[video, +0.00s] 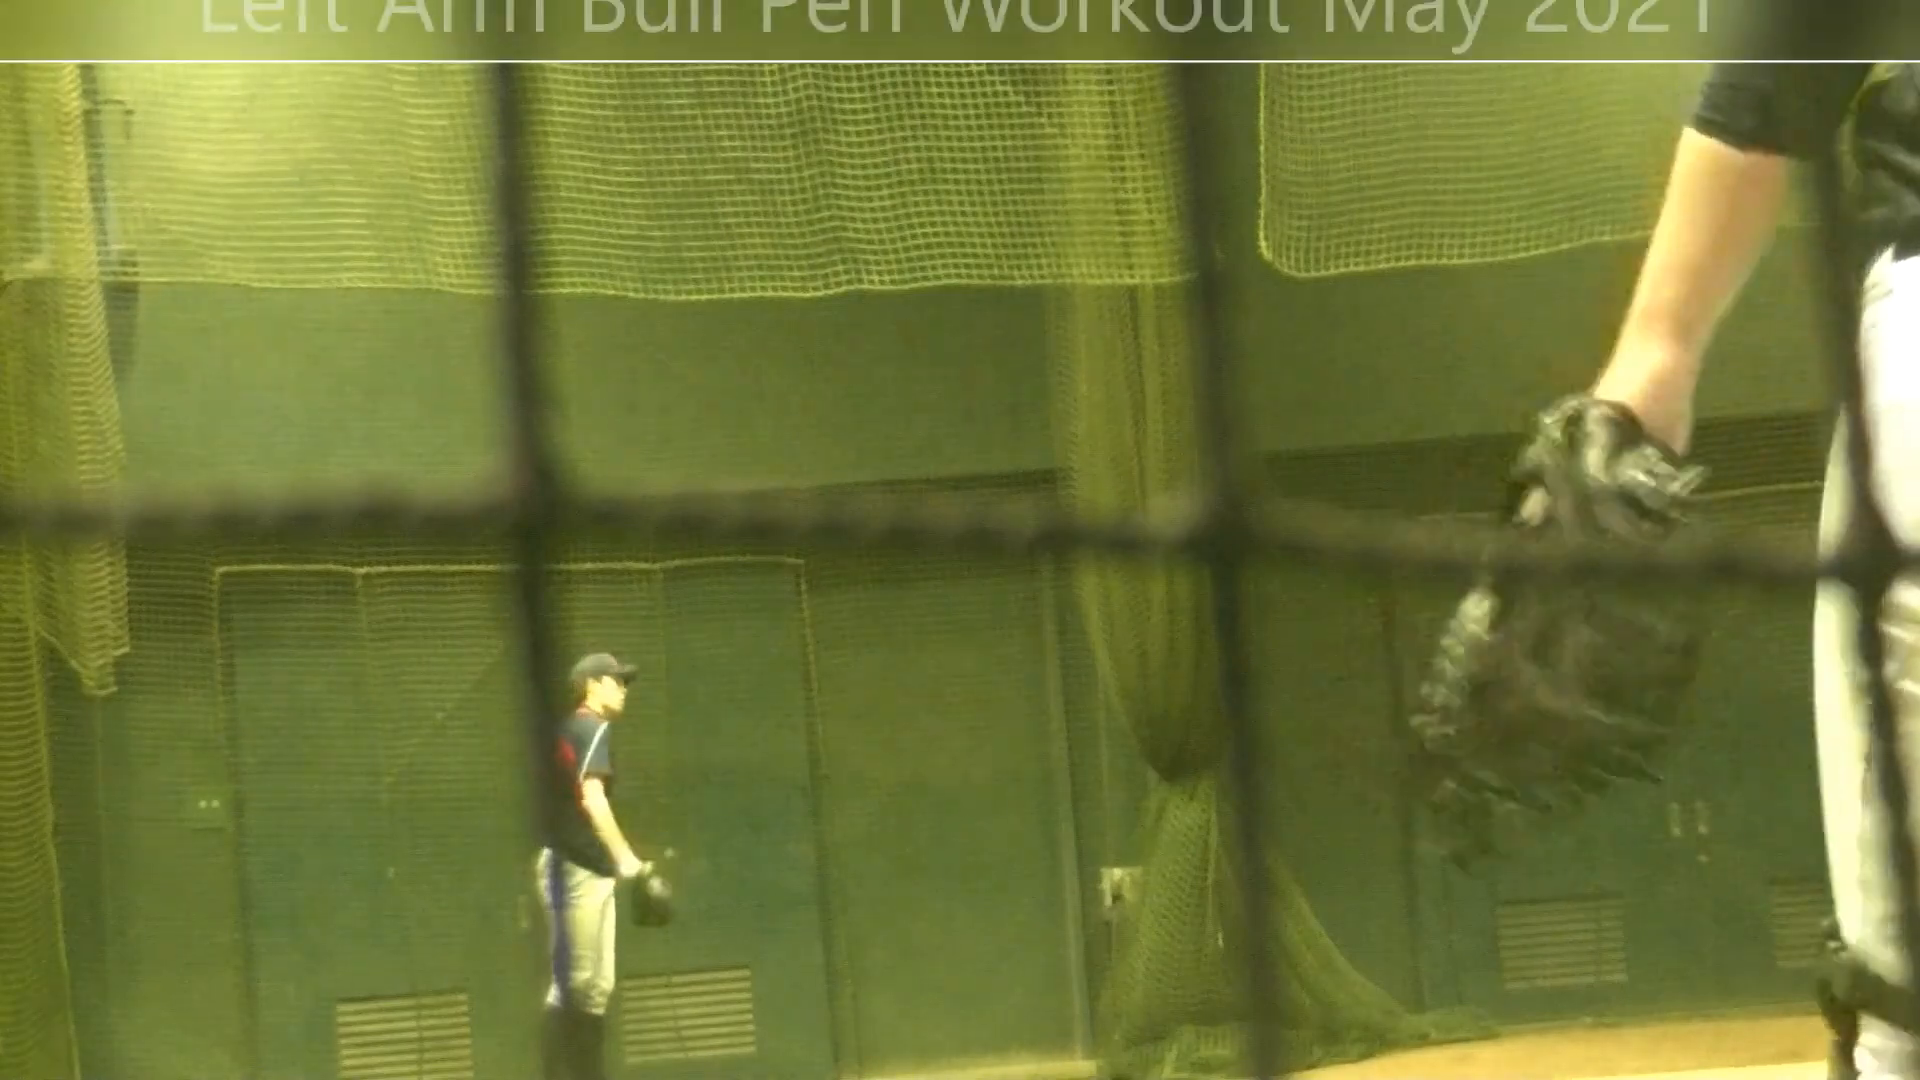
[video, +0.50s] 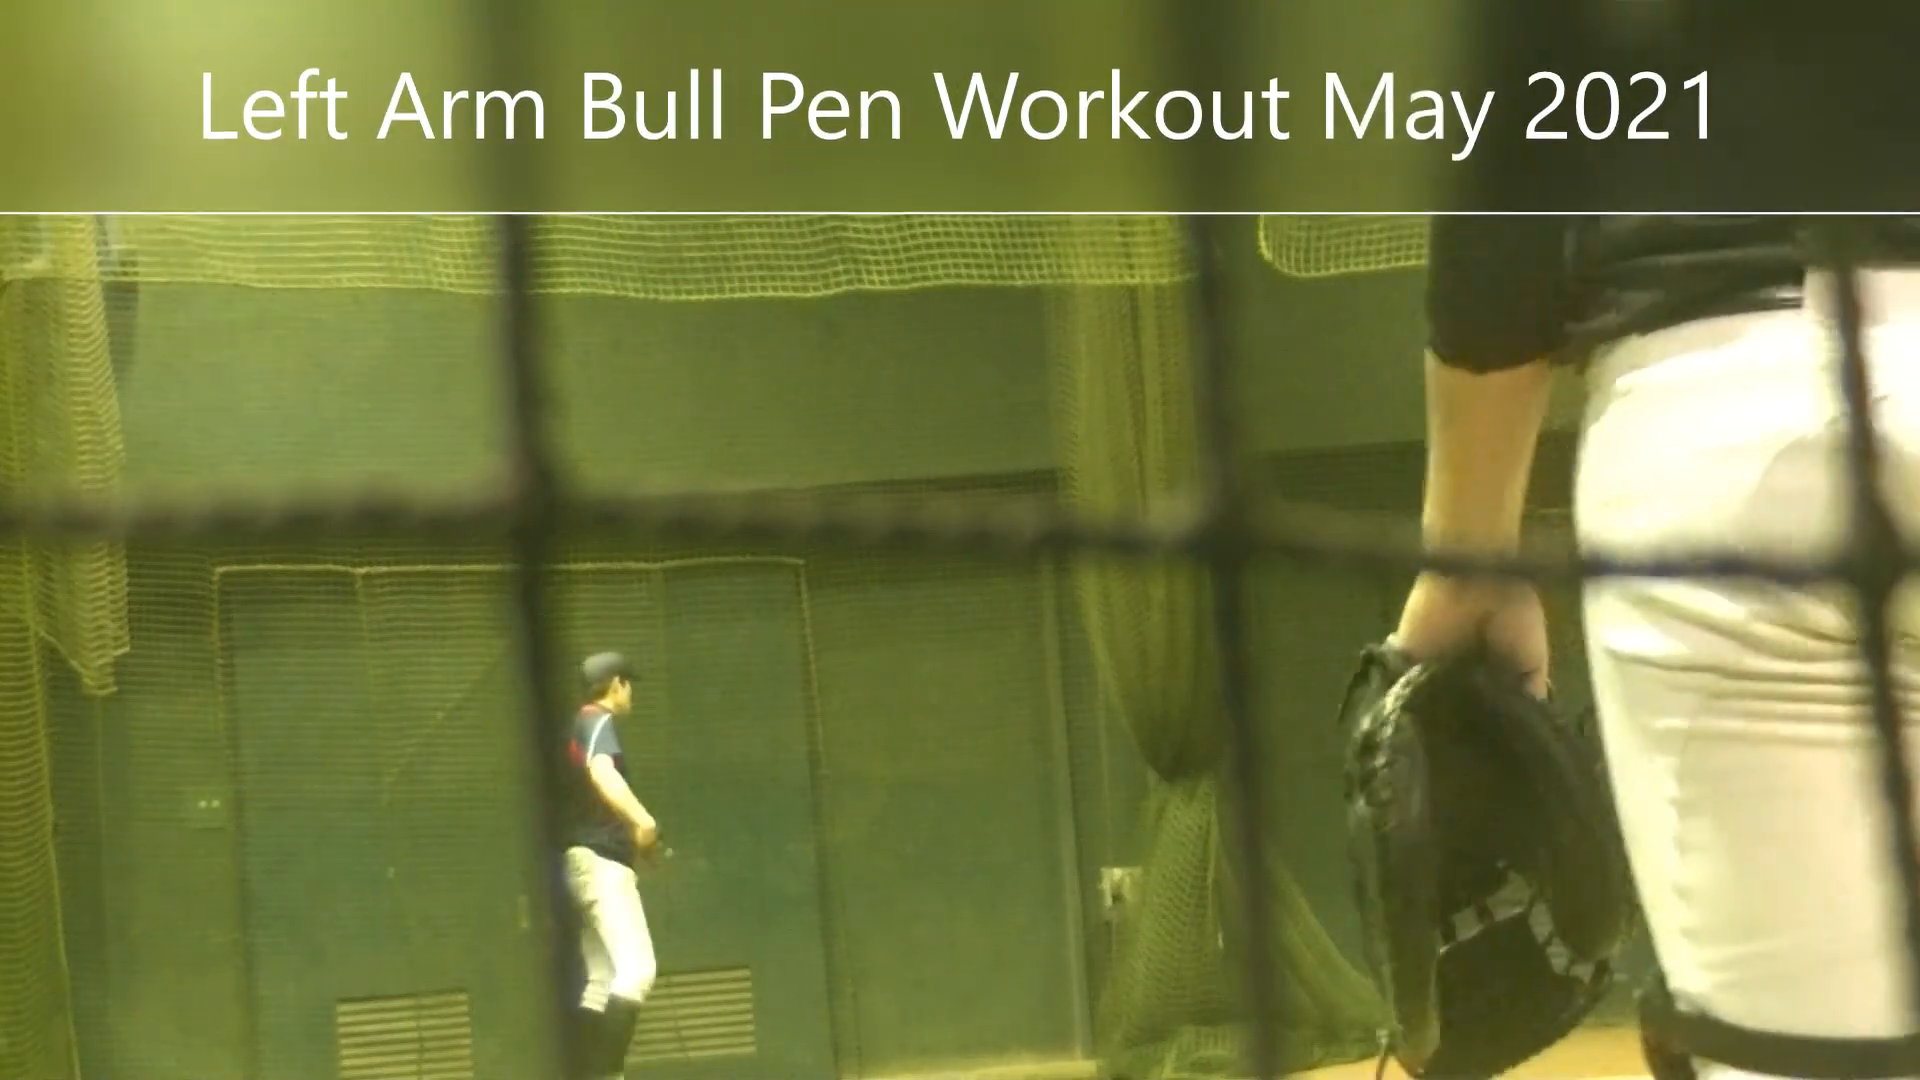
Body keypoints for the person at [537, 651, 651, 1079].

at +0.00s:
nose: (624, 690)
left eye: (622, 683)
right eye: (616, 682)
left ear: (592, 688)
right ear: (592, 686)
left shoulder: (583, 728)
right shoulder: (587, 727)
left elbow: (577, 801)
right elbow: (591, 794)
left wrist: (634, 869)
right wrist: (628, 861)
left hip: (593, 869)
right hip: (573, 867)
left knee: (596, 986)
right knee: (577, 986)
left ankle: (583, 1074)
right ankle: (565, 1075)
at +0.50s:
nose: (630, 694)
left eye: (628, 686)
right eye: (627, 686)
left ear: (596, 687)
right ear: (614, 686)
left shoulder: (578, 723)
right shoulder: (597, 719)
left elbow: (588, 795)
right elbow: (600, 770)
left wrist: (637, 844)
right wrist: (642, 820)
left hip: (580, 860)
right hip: (598, 862)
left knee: (600, 976)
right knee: (635, 968)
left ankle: (580, 1069)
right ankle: (604, 1070)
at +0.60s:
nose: (635, 694)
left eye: (633, 686)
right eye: (632, 686)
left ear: (600, 687)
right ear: (619, 686)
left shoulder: (584, 724)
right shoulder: (606, 719)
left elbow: (572, 791)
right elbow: (601, 761)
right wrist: (638, 814)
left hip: (584, 859)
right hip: (606, 861)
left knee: (604, 979)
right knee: (647, 967)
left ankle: (586, 1074)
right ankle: (645, 1071)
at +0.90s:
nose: (661, 695)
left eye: (659, 687)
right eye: (658, 688)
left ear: (624, 691)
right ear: (647, 689)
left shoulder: (600, 730)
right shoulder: (645, 724)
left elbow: (584, 801)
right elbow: (646, 788)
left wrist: (593, 854)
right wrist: (666, 847)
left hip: (601, 861)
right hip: (634, 861)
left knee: (619, 978)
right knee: (683, 967)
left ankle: (590, 1073)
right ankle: (710, 1072)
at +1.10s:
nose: (691, 690)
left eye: (688, 684)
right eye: (690, 685)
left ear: (648, 687)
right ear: (683, 686)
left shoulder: (616, 733)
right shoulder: (684, 729)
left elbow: (594, 800)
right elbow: (692, 793)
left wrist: (605, 861)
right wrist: (722, 850)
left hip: (621, 860)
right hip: (665, 858)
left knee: (643, 974)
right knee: (692, 971)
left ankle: (605, 1071)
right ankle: (710, 1072)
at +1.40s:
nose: (709, 693)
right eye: (712, 686)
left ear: (673, 690)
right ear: (712, 689)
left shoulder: (643, 729)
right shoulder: (727, 731)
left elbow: (601, 789)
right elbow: (754, 798)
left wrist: (613, 854)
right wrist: (775, 850)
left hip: (651, 857)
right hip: (702, 856)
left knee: (662, 957)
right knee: (709, 965)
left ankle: (660, 1059)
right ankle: (712, 1072)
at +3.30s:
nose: (687, 717)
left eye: (687, 711)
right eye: (688, 711)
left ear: (649, 700)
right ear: (679, 703)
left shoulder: (611, 737)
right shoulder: (677, 732)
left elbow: (580, 802)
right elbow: (694, 791)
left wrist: (607, 846)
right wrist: (738, 835)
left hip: (614, 862)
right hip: (659, 860)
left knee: (634, 968)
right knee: (694, 961)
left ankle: (614, 1072)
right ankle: (712, 1067)